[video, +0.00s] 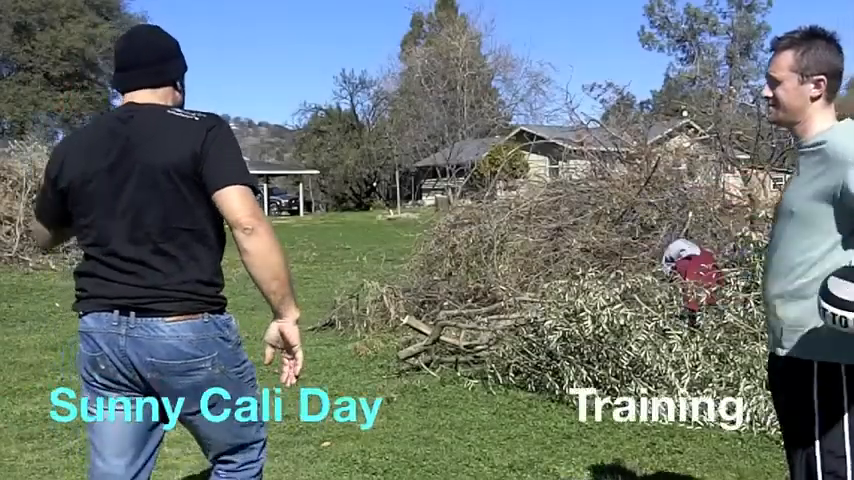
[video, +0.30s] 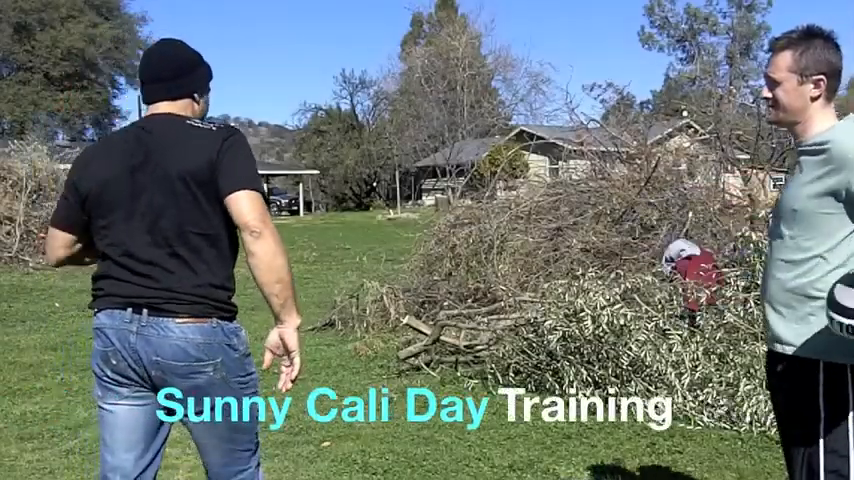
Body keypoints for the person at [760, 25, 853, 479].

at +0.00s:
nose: (765, 93)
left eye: (775, 82)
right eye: (767, 82)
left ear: (815, 87)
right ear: (812, 88)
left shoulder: (844, 152)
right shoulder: (811, 154)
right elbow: (826, 241)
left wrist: (850, 278)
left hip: (825, 355)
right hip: (794, 352)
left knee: (829, 470)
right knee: (806, 467)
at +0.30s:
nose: (764, 93)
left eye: (774, 83)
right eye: (766, 83)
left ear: (815, 87)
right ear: (811, 88)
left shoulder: (844, 150)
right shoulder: (810, 153)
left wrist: (850, 289)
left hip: (823, 355)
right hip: (790, 351)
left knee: (826, 470)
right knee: (803, 467)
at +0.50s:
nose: (778, 92)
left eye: (787, 83)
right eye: (779, 82)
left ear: (828, 87)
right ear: (822, 87)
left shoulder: (845, 158)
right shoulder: (815, 155)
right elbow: (822, 239)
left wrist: (822, 282)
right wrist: (775, 232)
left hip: (831, 364)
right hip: (797, 354)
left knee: (827, 471)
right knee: (805, 468)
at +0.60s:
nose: (789, 93)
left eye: (799, 82)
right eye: (792, 82)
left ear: (840, 87)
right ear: (836, 88)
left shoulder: (846, 161)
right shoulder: (819, 158)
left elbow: (851, 252)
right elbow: (800, 224)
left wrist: (762, 281)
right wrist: (736, 220)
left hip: (831, 365)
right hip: (798, 356)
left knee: (826, 471)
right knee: (804, 468)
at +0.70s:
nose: (795, 91)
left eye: (805, 81)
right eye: (797, 81)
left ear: (845, 86)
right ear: (841, 87)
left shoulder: (847, 160)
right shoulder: (823, 156)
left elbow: (844, 254)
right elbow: (798, 224)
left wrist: (736, 278)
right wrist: (726, 218)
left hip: (830, 365)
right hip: (801, 358)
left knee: (827, 470)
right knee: (807, 468)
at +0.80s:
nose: (803, 89)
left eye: (812, 79)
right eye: (805, 79)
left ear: (848, 85)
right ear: (841, 86)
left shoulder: (847, 162)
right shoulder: (819, 154)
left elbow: (805, 252)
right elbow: (779, 208)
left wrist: (712, 260)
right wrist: (721, 201)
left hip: (831, 363)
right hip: (802, 354)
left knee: (826, 470)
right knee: (809, 466)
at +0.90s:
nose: (804, 89)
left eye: (814, 79)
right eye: (807, 79)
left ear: (849, 85)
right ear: (841, 85)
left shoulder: (846, 161)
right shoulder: (821, 153)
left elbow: (790, 248)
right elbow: (764, 202)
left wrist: (707, 254)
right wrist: (724, 187)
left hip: (832, 364)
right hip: (803, 355)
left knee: (827, 471)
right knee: (810, 467)